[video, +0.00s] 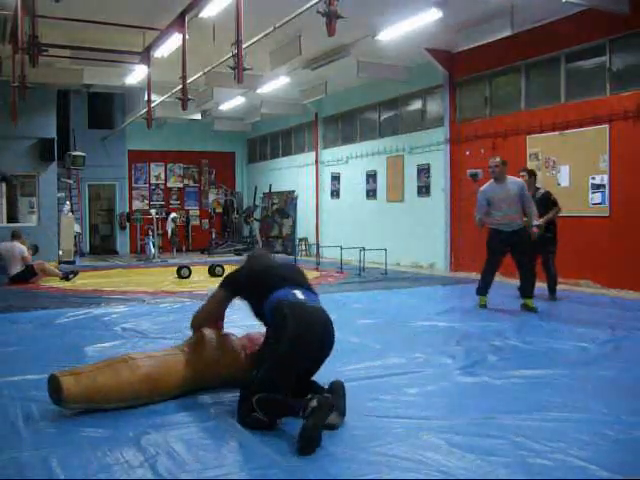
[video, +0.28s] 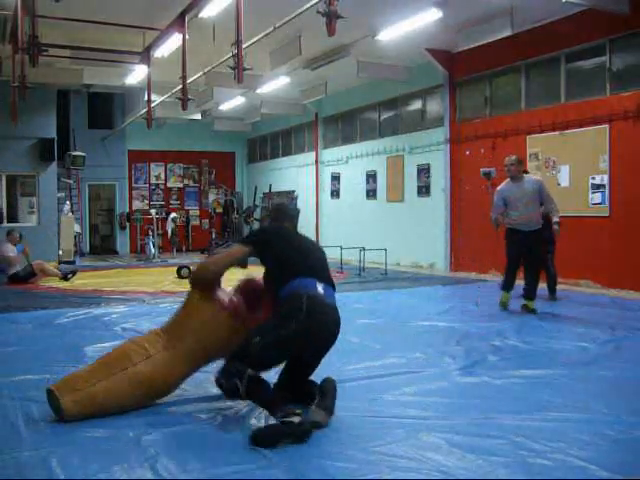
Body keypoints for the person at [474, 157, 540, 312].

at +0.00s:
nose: (493, 170)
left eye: (496, 166)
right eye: (491, 167)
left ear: (504, 167)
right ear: (489, 169)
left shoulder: (519, 185)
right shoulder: (485, 191)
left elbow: (530, 205)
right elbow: (480, 214)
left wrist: (534, 224)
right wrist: (481, 220)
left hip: (519, 230)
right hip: (497, 231)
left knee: (526, 266)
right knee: (491, 264)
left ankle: (527, 298)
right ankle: (482, 295)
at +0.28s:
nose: (509, 169)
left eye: (512, 165)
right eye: (507, 166)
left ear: (521, 167)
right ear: (505, 169)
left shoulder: (536, 183)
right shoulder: (502, 190)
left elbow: (550, 204)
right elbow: (496, 213)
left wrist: (555, 221)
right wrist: (497, 220)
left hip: (535, 229)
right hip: (514, 229)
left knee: (534, 266)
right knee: (512, 264)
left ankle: (529, 300)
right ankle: (505, 293)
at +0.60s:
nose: (518, 168)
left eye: (521, 164)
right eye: (515, 165)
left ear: (530, 166)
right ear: (514, 168)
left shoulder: (544, 183)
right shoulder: (510, 190)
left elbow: (558, 204)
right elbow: (504, 215)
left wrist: (562, 222)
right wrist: (506, 218)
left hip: (543, 231)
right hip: (523, 231)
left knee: (541, 269)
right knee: (526, 268)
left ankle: (531, 300)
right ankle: (527, 303)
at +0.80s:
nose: (523, 168)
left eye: (527, 164)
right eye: (521, 165)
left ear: (536, 165)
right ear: (520, 168)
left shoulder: (551, 184)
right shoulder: (516, 190)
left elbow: (565, 206)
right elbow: (510, 214)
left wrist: (570, 224)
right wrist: (512, 222)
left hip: (549, 231)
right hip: (527, 231)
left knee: (555, 266)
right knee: (527, 269)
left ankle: (550, 291)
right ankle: (529, 304)